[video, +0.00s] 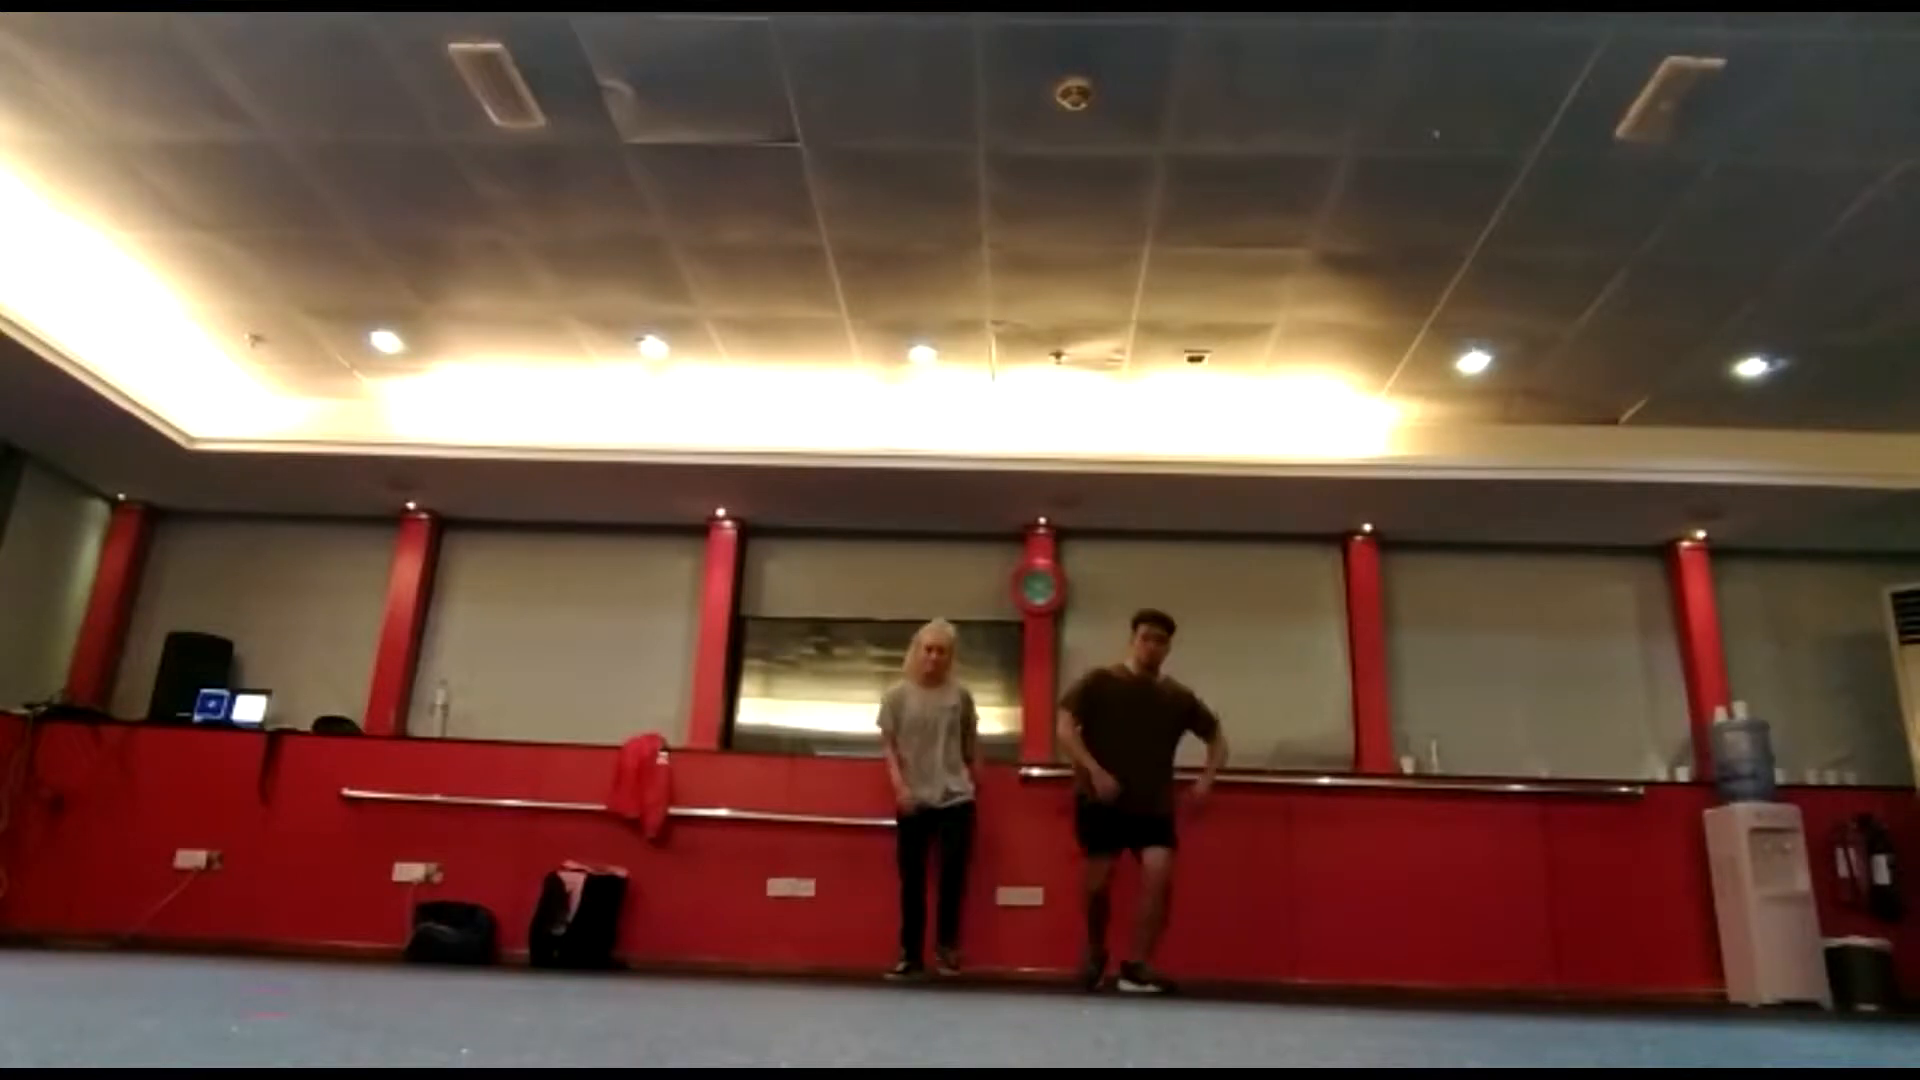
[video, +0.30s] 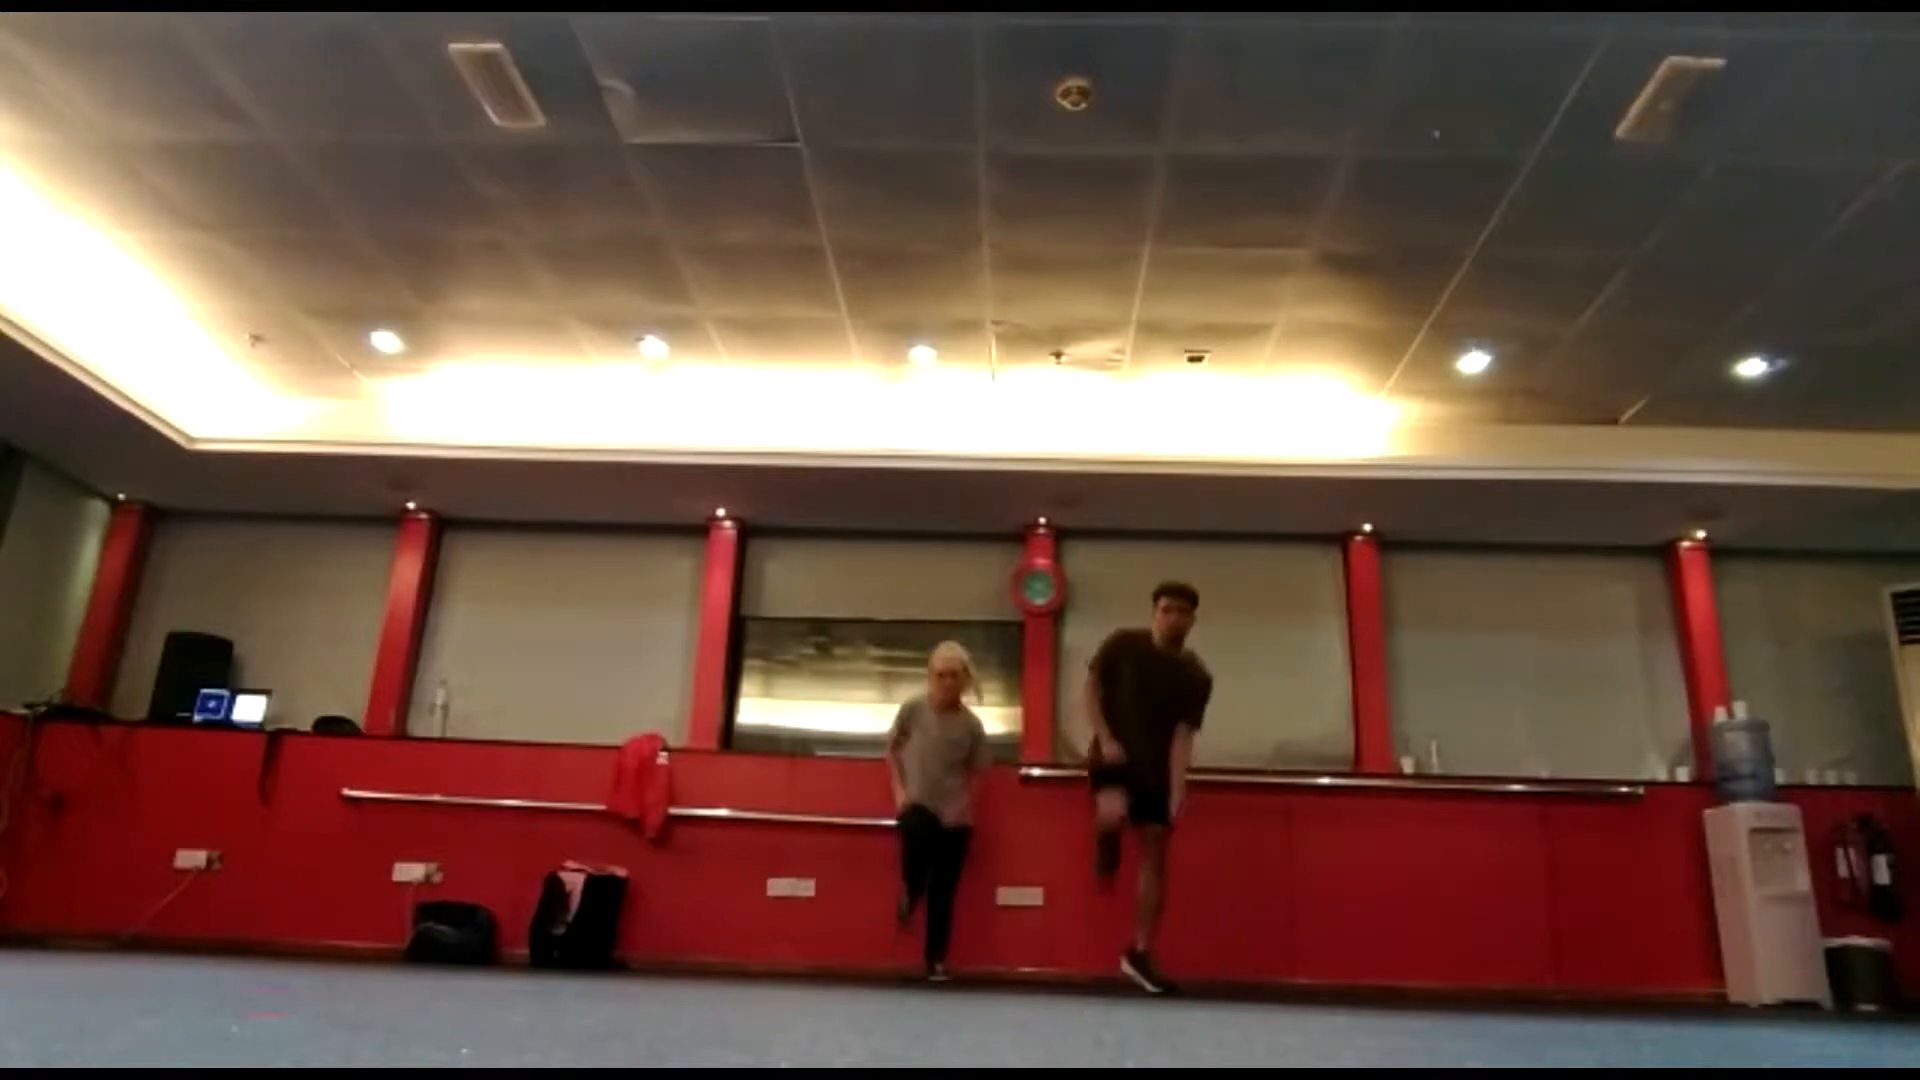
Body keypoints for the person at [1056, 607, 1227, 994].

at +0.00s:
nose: (1152, 647)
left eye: (1159, 641)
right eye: (1146, 638)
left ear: (1168, 648)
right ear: (1132, 640)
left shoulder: (1176, 697)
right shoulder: (1099, 683)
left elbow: (1216, 737)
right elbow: (1064, 726)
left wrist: (1207, 778)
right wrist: (1094, 772)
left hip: (1153, 800)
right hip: (1103, 797)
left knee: (1159, 872)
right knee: (1097, 876)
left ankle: (1137, 963)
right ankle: (1095, 957)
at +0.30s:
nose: (1171, 619)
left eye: (1180, 612)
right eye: (1166, 610)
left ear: (1192, 619)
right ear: (1154, 613)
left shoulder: (1195, 675)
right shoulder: (1123, 645)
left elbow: (1183, 736)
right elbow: (1090, 691)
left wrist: (1179, 790)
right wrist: (1104, 737)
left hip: (1158, 763)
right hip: (1115, 752)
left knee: (1154, 851)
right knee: (1113, 809)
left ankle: (1141, 948)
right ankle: (1106, 850)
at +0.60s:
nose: (1144, 626)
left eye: (1151, 617)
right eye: (1136, 619)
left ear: (1166, 619)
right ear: (1126, 626)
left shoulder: (1197, 674)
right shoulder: (1118, 672)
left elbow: (1216, 737)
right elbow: (1101, 718)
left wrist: (1182, 773)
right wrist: (1124, 749)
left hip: (1183, 773)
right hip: (1138, 769)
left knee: (1170, 862)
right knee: (1147, 836)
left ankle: (1149, 953)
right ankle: (1166, 939)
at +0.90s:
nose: (1132, 614)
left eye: (1138, 603)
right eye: (1124, 608)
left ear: (1156, 604)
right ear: (1116, 616)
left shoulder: (1198, 636)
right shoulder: (1122, 666)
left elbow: (1250, 665)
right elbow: (1111, 728)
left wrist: (1219, 708)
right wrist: (1158, 734)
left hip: (1216, 759)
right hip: (1165, 764)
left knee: (1223, 852)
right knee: (1176, 844)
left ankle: (1196, 880)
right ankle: (1188, 959)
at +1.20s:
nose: (1191, 581)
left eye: (1199, 573)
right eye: (1182, 573)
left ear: (1210, 581)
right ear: (1164, 580)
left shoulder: (1229, 628)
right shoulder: (1138, 629)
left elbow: (1283, 657)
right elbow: (1083, 662)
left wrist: (1325, 673)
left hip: (1212, 749)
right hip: (1158, 753)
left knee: (1235, 800)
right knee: (1188, 850)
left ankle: (1211, 936)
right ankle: (1203, 954)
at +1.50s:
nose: (1209, 568)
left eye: (1220, 559)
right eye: (1204, 557)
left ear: (1238, 569)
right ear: (1190, 562)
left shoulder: (1248, 636)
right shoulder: (1159, 607)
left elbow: (1265, 714)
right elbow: (1102, 652)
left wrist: (1230, 734)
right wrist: (1130, 705)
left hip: (1212, 745)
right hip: (1154, 740)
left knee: (1207, 842)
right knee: (1173, 852)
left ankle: (1185, 955)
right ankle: (1199, 938)